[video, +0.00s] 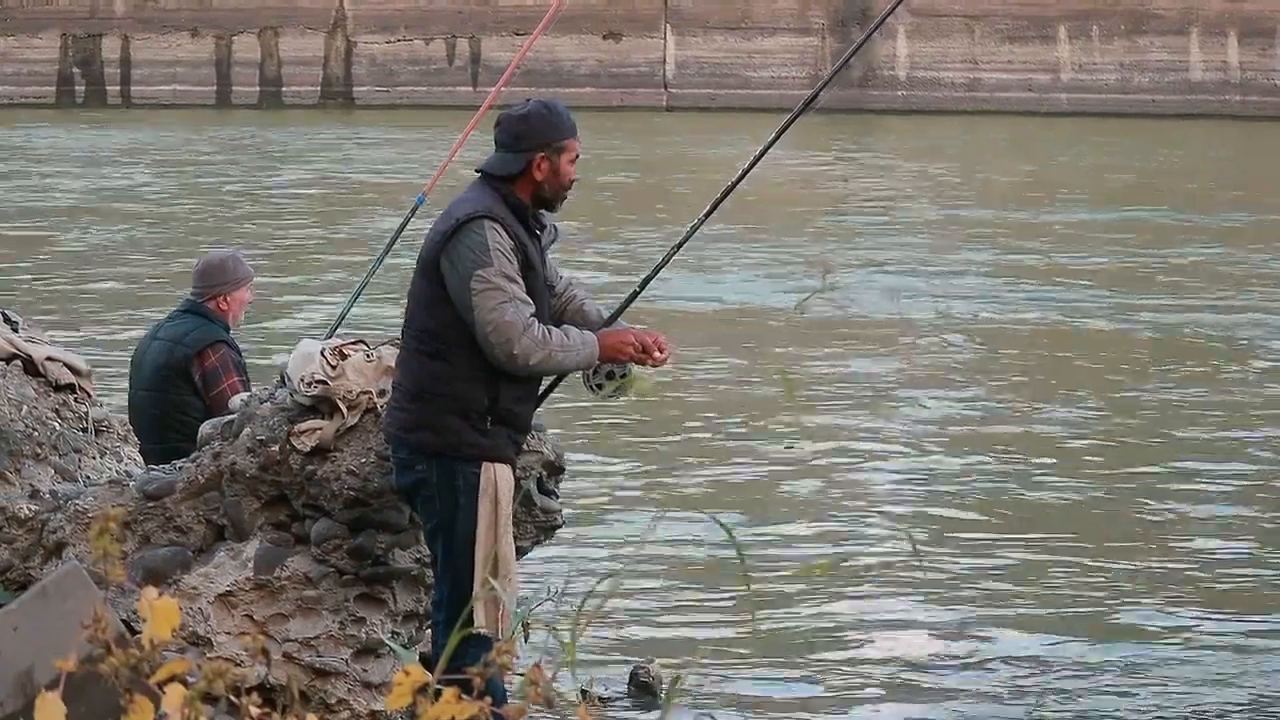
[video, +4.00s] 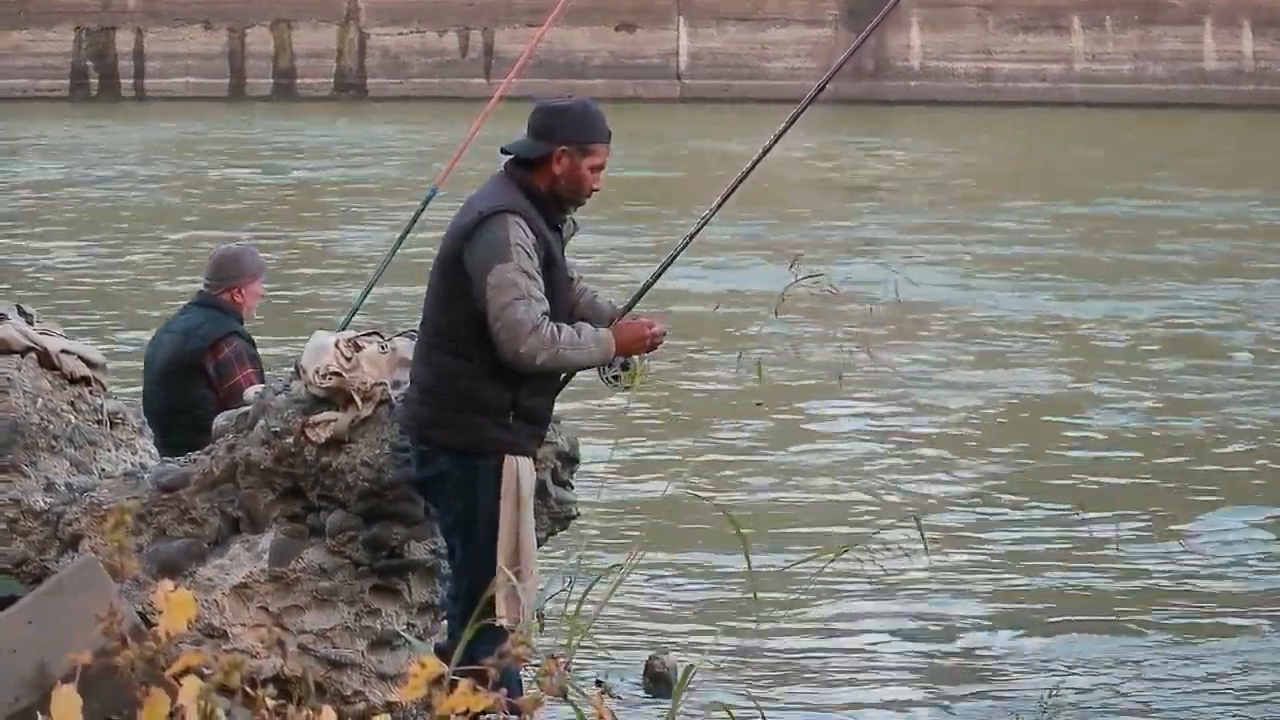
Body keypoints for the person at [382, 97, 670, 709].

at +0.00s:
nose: (576, 172)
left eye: (576, 159)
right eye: (571, 160)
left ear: (532, 162)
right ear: (538, 164)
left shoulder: (515, 225)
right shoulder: (479, 232)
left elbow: (558, 299)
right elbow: (514, 342)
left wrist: (614, 335)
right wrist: (601, 345)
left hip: (477, 443)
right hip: (449, 446)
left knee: (476, 601)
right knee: (468, 606)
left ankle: (466, 709)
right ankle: (469, 712)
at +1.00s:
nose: (581, 186)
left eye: (584, 173)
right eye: (578, 172)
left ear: (544, 164)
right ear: (541, 165)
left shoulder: (517, 227)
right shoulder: (485, 233)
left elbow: (557, 304)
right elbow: (512, 347)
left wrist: (618, 335)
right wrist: (602, 344)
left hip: (480, 447)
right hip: (453, 449)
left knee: (481, 601)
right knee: (473, 606)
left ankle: (471, 709)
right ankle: (473, 713)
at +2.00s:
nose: (586, 179)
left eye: (588, 166)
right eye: (582, 165)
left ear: (547, 159)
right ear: (545, 160)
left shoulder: (522, 220)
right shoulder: (490, 227)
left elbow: (559, 299)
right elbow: (513, 342)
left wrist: (616, 329)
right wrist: (602, 340)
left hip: (483, 442)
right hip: (457, 446)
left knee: (484, 595)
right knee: (477, 601)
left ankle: (481, 707)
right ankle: (476, 710)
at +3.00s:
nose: (591, 182)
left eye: (595, 168)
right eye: (587, 168)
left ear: (551, 160)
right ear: (549, 160)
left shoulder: (525, 217)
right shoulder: (497, 225)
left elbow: (558, 300)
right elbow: (517, 340)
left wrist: (617, 325)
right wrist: (607, 339)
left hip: (482, 437)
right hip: (458, 443)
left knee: (490, 592)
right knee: (478, 597)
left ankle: (486, 709)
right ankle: (472, 712)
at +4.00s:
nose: (600, 181)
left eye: (603, 168)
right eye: (594, 168)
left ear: (560, 161)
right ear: (558, 161)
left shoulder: (530, 217)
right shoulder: (504, 224)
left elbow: (563, 296)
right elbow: (523, 340)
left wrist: (619, 322)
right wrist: (611, 342)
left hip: (489, 438)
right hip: (465, 442)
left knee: (495, 593)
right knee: (483, 599)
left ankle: (491, 707)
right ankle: (482, 710)